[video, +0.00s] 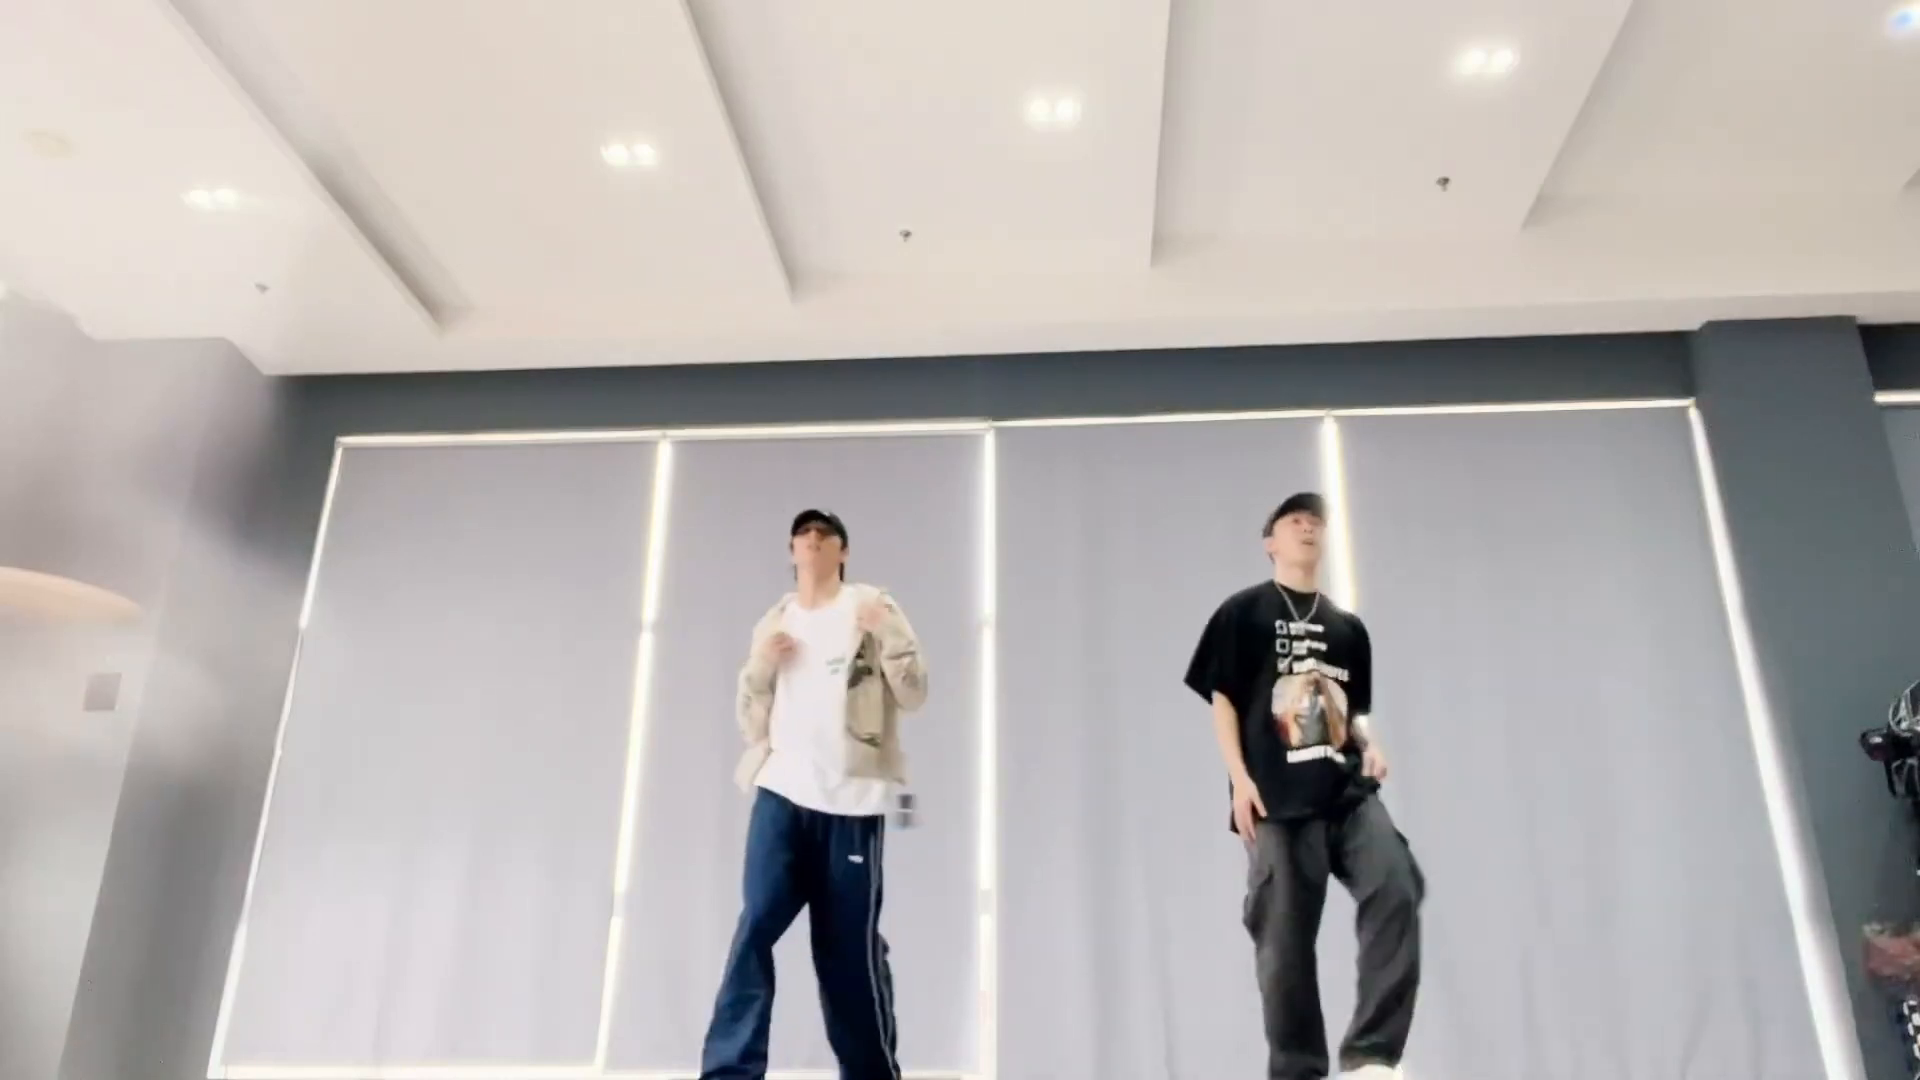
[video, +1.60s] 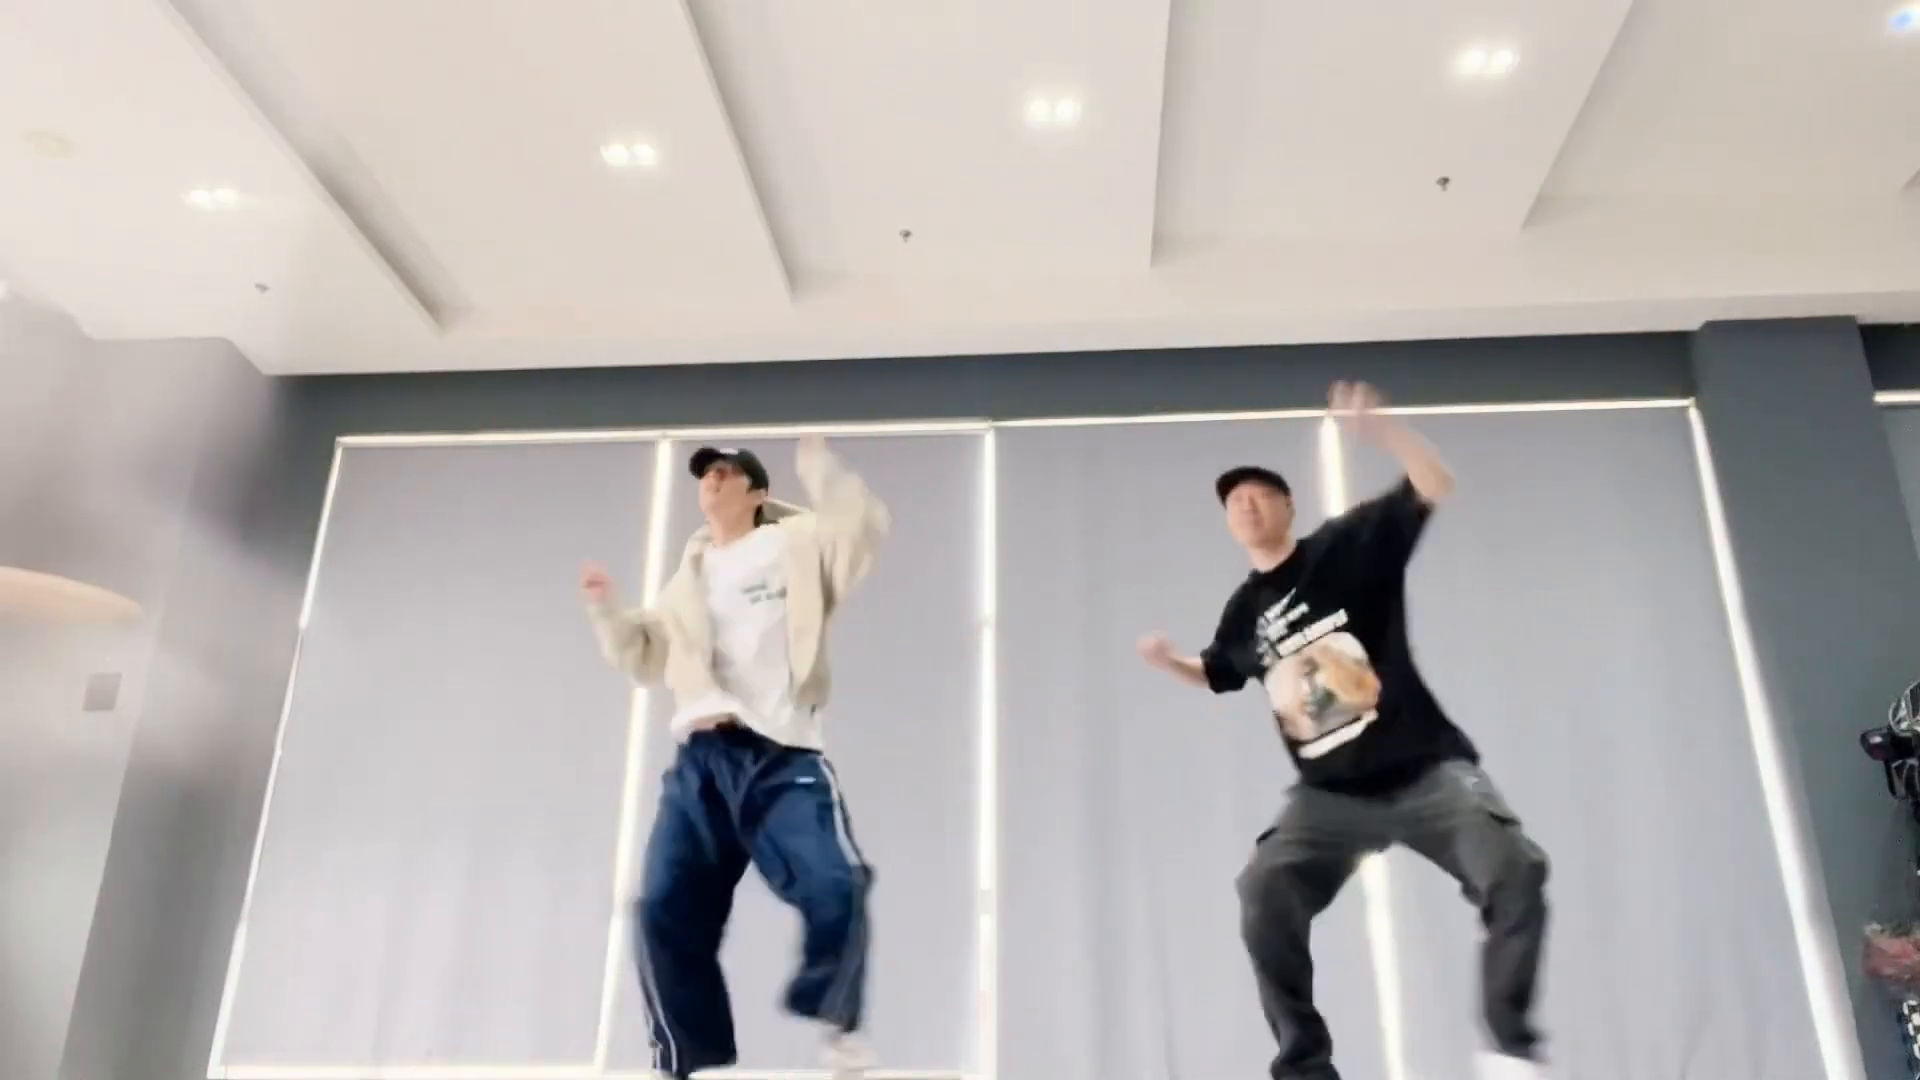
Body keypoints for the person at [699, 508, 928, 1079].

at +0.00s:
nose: (812, 541)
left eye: (824, 533)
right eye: (803, 534)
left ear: (842, 551)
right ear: (791, 552)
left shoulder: (873, 606)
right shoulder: (774, 619)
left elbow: (912, 696)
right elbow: (753, 728)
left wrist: (886, 633)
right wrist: (759, 671)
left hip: (853, 800)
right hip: (781, 793)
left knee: (850, 948)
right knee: (755, 928)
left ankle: (872, 1074)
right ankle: (730, 1070)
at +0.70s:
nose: (801, 478)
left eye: (813, 472)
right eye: (791, 470)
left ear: (829, 493)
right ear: (773, 488)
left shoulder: (857, 559)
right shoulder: (736, 555)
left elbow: (888, 630)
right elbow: (703, 614)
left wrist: (896, 685)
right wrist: (694, 647)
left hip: (815, 759)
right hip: (735, 756)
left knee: (815, 917)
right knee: (739, 910)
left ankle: (809, 1069)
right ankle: (736, 1067)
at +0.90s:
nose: (794, 474)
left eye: (807, 470)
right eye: (783, 466)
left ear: (822, 495)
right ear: (763, 487)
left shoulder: (845, 559)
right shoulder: (722, 547)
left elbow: (858, 664)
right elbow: (676, 653)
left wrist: (874, 631)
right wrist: (691, 583)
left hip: (799, 752)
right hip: (718, 740)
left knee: (791, 921)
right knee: (700, 850)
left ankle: (803, 1069)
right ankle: (694, 1039)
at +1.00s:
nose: (802, 488)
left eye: (815, 484)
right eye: (791, 480)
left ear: (828, 509)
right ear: (769, 500)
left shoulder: (839, 586)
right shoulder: (720, 551)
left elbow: (834, 693)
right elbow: (652, 635)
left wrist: (850, 637)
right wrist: (689, 560)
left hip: (783, 770)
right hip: (695, 755)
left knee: (797, 912)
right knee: (633, 861)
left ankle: (792, 1067)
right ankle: (602, 998)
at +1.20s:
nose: (772, 555)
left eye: (784, 553)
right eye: (761, 549)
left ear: (795, 582)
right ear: (738, 567)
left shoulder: (807, 659)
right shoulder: (702, 593)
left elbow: (892, 679)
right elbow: (712, 486)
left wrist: (975, 697)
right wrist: (710, 381)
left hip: (717, 835)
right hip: (627, 813)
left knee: (833, 908)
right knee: (539, 957)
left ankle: (754, 1055)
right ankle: (430, 1056)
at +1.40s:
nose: (760, 486)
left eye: (772, 479)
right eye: (748, 480)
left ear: (792, 500)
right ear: (731, 499)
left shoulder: (812, 569)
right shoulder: (690, 529)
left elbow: (834, 663)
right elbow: (613, 561)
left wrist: (900, 638)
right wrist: (659, 481)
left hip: (757, 769)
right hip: (670, 753)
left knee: (785, 899)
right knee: (626, 906)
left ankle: (773, 1062)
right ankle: (523, 1049)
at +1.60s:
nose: (712, 484)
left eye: (726, 476)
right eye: (705, 477)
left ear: (756, 492)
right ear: (697, 497)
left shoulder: (802, 539)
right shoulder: (688, 577)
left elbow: (862, 528)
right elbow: (650, 661)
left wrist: (818, 463)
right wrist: (608, 612)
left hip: (785, 760)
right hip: (700, 760)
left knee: (835, 884)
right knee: (665, 913)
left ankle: (836, 1027)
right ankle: (697, 1067)